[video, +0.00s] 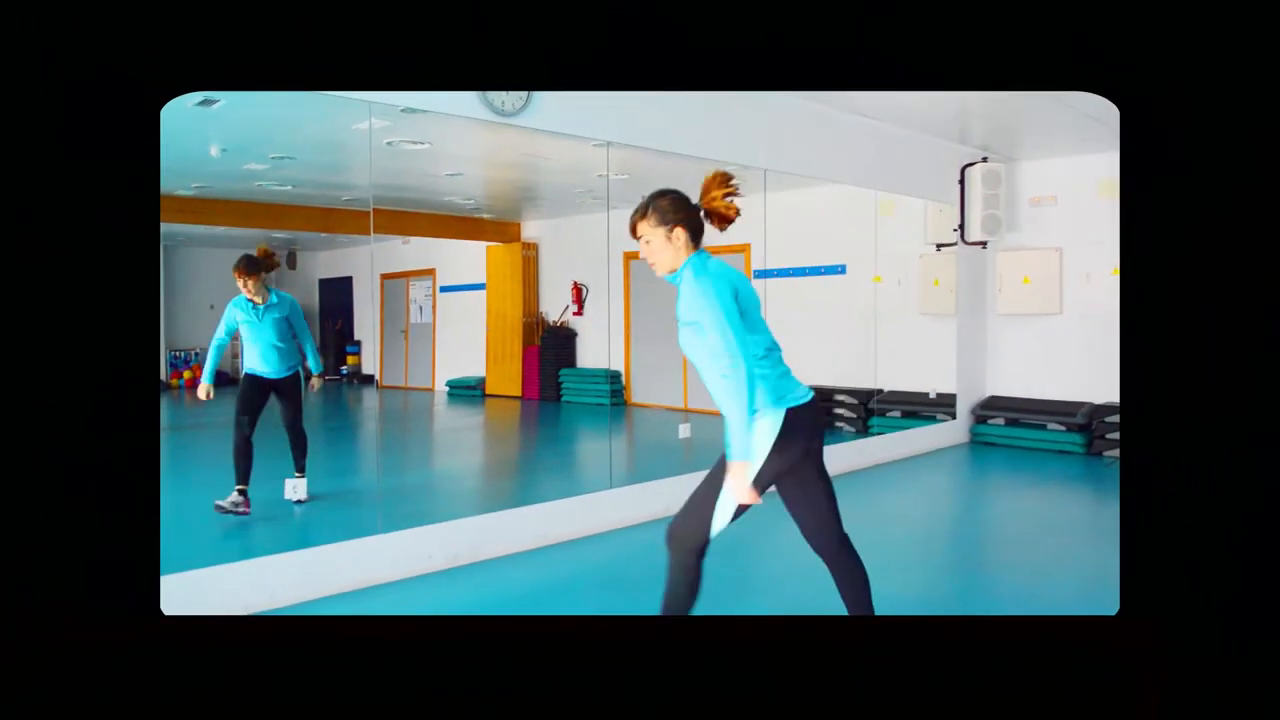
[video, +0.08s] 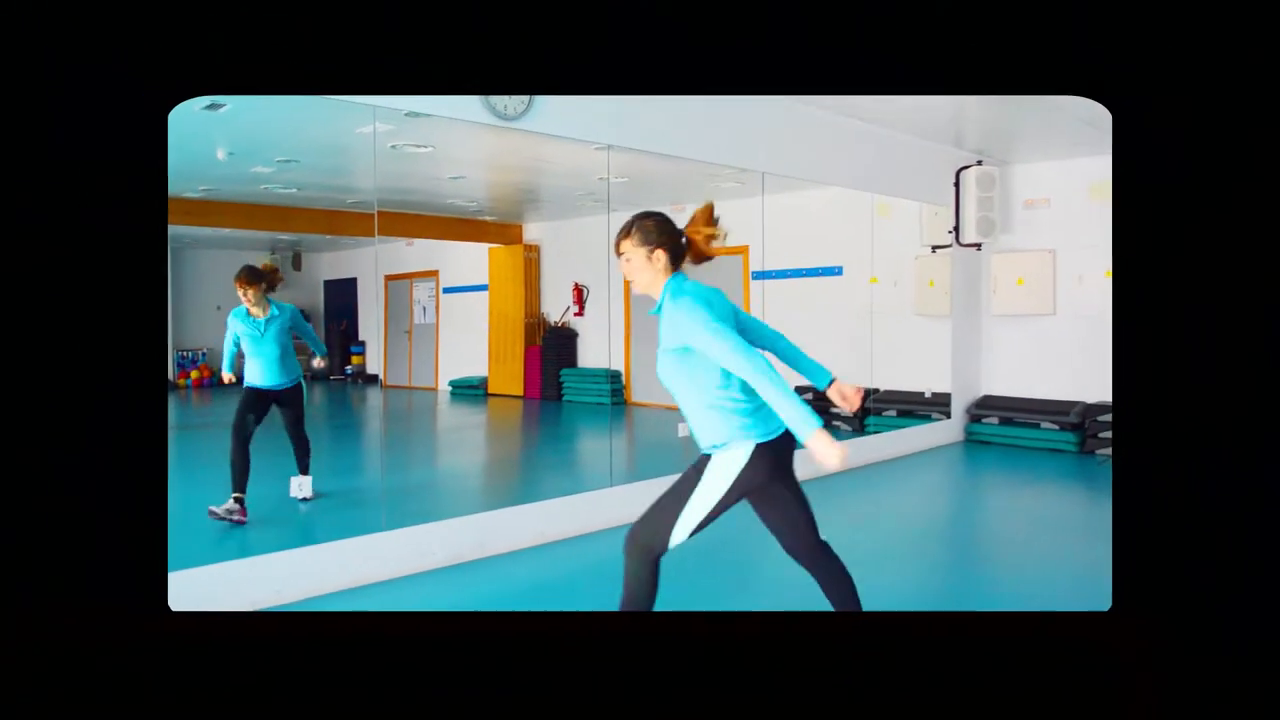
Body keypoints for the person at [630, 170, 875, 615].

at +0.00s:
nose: (642, 253)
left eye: (647, 241)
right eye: (640, 244)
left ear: (679, 236)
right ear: (679, 238)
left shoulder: (698, 286)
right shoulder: (719, 274)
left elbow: (732, 375)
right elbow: (756, 358)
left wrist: (739, 467)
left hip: (774, 424)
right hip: (798, 416)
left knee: (684, 536)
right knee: (832, 543)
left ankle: (671, 614)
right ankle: (864, 615)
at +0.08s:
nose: (622, 269)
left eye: (627, 257)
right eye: (621, 259)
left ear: (658, 258)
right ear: (659, 259)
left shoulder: (684, 310)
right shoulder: (702, 297)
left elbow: (753, 367)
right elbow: (771, 341)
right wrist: (830, 383)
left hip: (742, 450)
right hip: (763, 443)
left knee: (641, 543)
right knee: (809, 550)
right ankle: (853, 609)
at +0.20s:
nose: (582, 254)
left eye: (588, 243)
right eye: (581, 244)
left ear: (619, 247)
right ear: (617, 249)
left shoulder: (639, 296)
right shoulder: (643, 288)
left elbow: (714, 341)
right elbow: (716, 317)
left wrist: (788, 390)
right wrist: (781, 347)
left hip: (678, 437)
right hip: (696, 433)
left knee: (599, 541)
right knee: (717, 548)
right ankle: (801, 601)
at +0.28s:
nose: (560, 238)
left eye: (566, 228)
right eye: (559, 228)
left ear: (597, 233)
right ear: (592, 234)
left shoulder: (616, 281)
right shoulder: (597, 280)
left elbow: (684, 330)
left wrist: (742, 400)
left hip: (649, 424)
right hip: (634, 424)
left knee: (588, 537)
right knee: (638, 539)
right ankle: (736, 592)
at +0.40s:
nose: (531, 226)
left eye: (539, 215)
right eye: (530, 216)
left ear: (570, 220)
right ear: (563, 220)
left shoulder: (592, 271)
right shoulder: (562, 273)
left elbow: (644, 343)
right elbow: (591, 345)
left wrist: (655, 423)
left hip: (608, 416)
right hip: (578, 419)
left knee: (573, 535)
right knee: (541, 523)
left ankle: (595, 597)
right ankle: (595, 583)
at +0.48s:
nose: (510, 223)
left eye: (520, 214)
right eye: (510, 213)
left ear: (551, 219)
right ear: (536, 220)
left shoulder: (574, 273)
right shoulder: (527, 272)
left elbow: (620, 347)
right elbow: (529, 346)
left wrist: (599, 420)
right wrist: (492, 392)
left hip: (578, 423)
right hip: (538, 425)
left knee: (554, 537)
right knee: (495, 522)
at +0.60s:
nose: (476, 224)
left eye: (488, 216)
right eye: (472, 215)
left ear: (514, 227)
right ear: (467, 222)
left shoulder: (535, 284)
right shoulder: (453, 279)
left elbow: (575, 349)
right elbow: (426, 332)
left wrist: (548, 398)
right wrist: (381, 364)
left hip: (520, 429)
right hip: (465, 429)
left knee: (518, 542)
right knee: (433, 534)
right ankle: (407, 598)